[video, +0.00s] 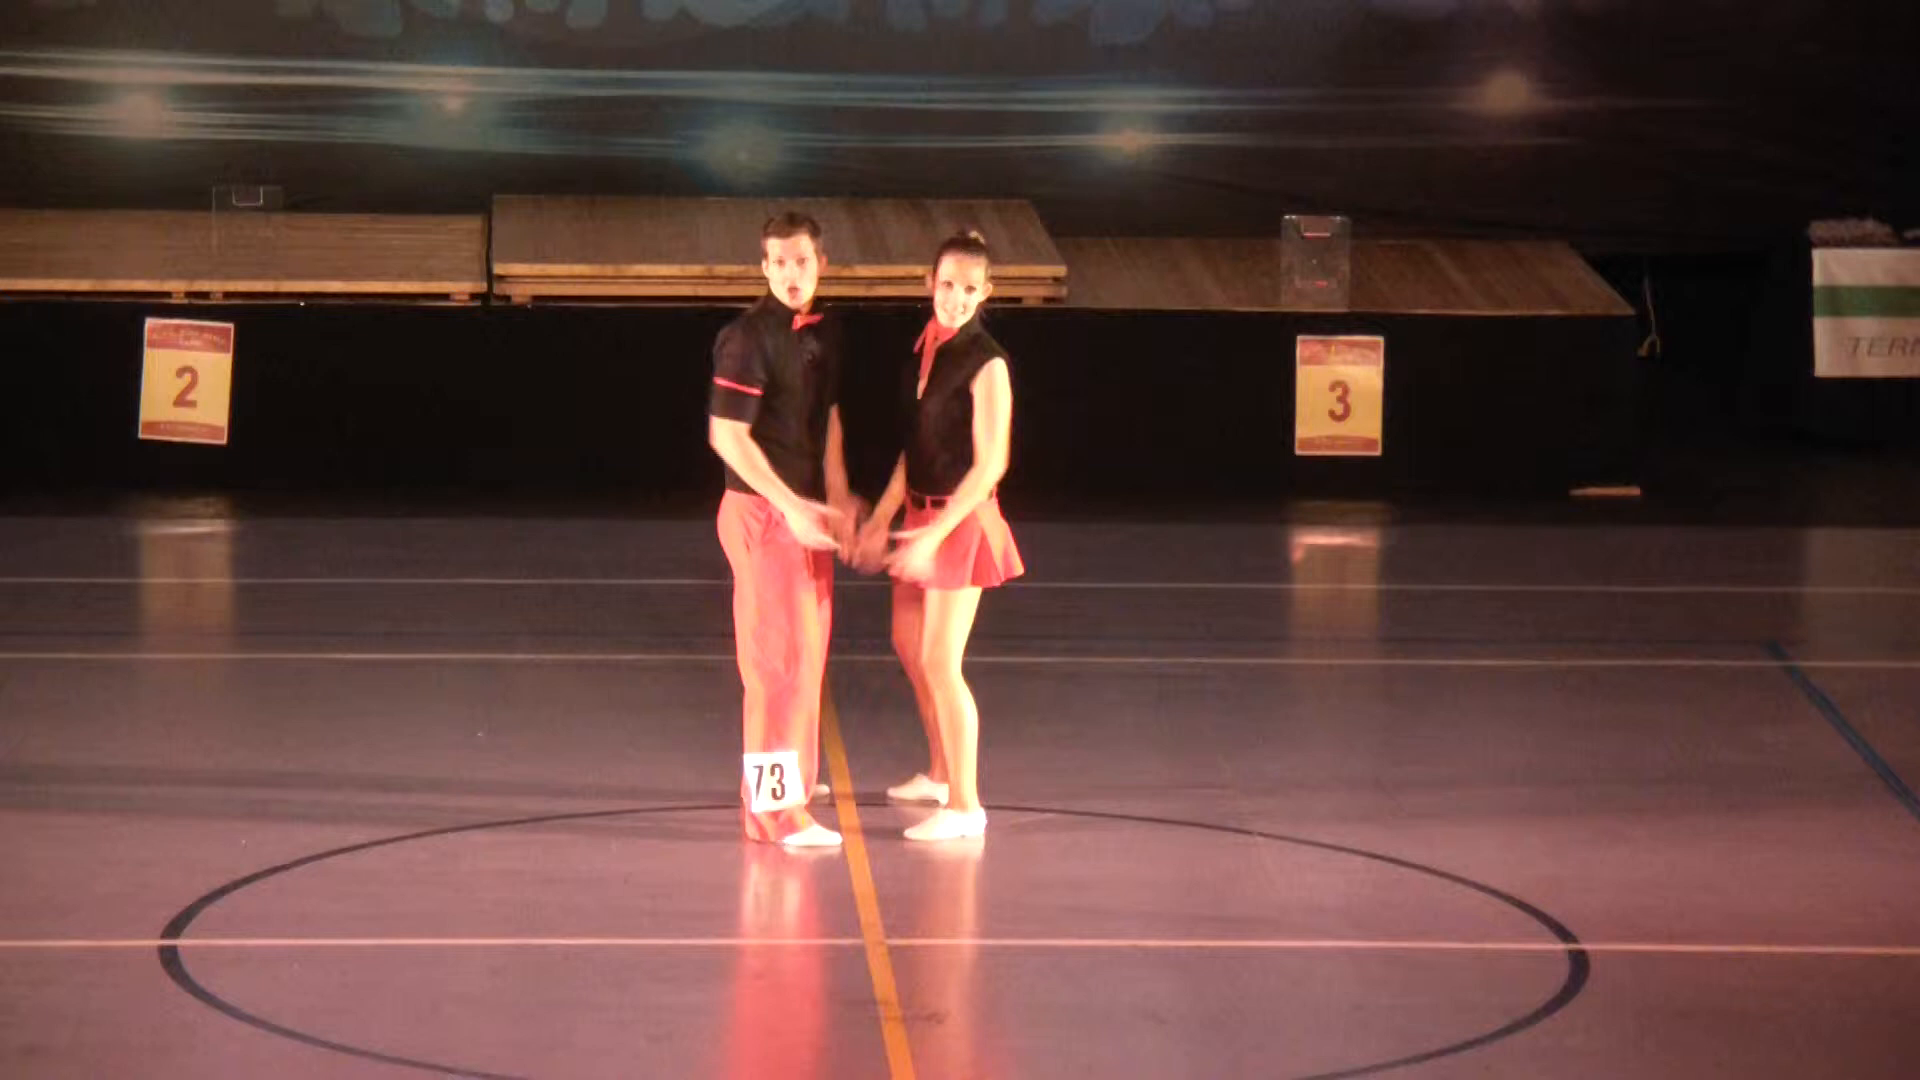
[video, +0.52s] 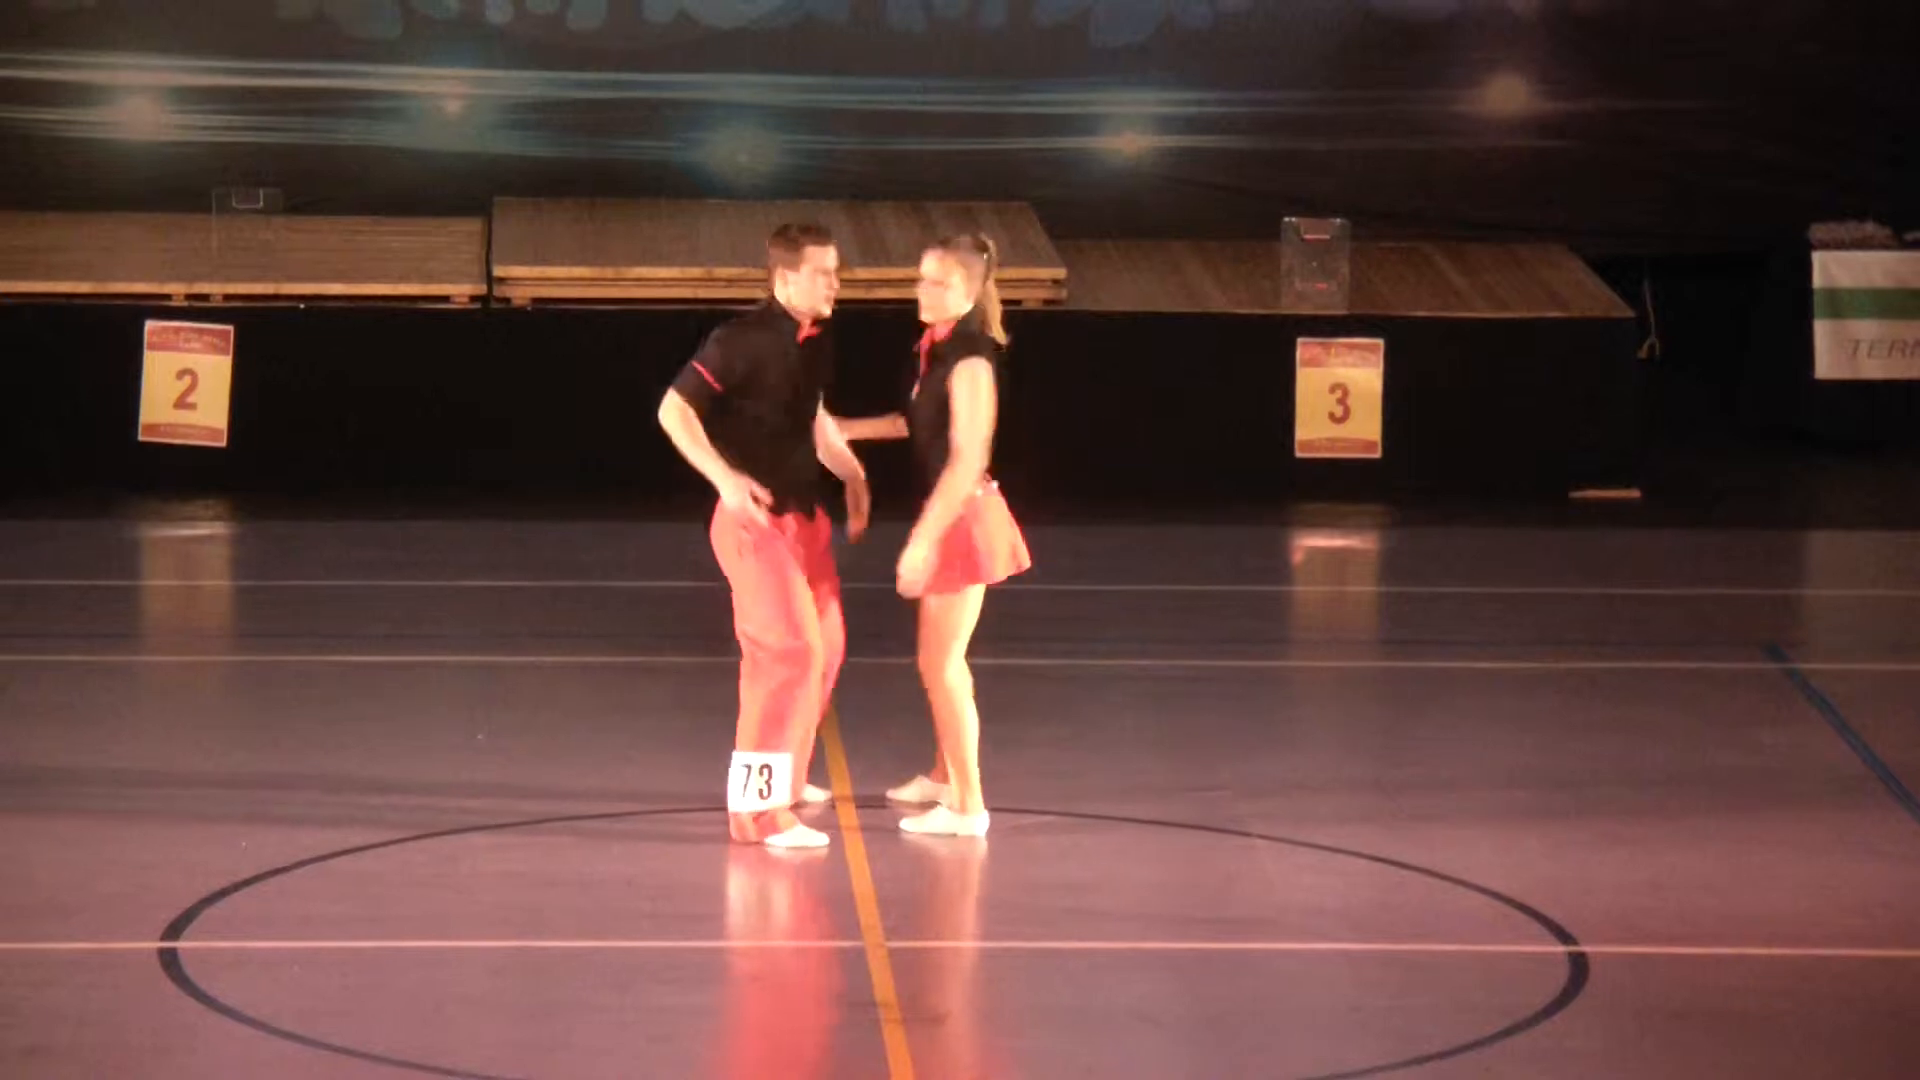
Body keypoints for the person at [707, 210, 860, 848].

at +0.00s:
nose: (792, 273)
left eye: (801, 260)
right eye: (780, 262)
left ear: (819, 263)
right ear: (764, 265)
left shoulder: (823, 336)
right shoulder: (746, 337)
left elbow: (828, 426)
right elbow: (726, 436)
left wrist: (839, 499)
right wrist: (792, 506)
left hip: (807, 512)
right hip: (758, 511)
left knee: (808, 657)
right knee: (771, 658)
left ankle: (793, 801)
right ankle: (766, 806)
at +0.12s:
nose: (785, 268)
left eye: (795, 255)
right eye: (775, 257)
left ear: (820, 255)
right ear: (763, 260)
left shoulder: (835, 321)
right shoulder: (741, 321)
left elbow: (840, 387)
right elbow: (681, 386)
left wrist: (856, 404)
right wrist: (739, 437)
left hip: (814, 507)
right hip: (761, 506)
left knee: (806, 654)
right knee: (783, 653)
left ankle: (791, 797)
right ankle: (772, 808)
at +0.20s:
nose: (777, 270)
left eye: (788, 256)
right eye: (767, 258)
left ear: (815, 255)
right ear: (758, 258)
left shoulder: (833, 310)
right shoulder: (736, 308)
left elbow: (847, 391)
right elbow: (669, 342)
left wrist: (866, 350)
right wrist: (696, 371)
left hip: (812, 503)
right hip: (759, 502)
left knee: (797, 647)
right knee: (766, 646)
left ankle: (789, 794)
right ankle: (769, 807)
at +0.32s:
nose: (774, 272)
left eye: (785, 259)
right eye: (765, 260)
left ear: (813, 257)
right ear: (755, 261)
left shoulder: (834, 312)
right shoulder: (732, 314)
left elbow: (840, 390)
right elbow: (673, 358)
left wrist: (864, 374)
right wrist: (691, 381)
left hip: (809, 502)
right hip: (752, 501)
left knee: (788, 649)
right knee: (761, 647)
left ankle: (776, 784)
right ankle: (763, 807)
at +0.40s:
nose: (779, 270)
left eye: (790, 257)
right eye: (769, 259)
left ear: (816, 258)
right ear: (758, 261)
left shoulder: (833, 314)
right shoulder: (732, 313)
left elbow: (843, 392)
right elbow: (671, 368)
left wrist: (853, 388)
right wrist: (705, 406)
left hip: (804, 501)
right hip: (749, 500)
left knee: (788, 641)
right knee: (763, 641)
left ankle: (774, 781)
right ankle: (757, 804)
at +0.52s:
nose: (832, 283)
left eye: (834, 272)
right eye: (820, 273)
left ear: (831, 277)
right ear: (781, 277)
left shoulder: (816, 340)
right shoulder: (743, 338)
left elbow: (811, 415)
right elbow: (674, 411)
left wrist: (853, 472)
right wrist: (726, 479)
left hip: (806, 519)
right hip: (750, 519)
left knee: (826, 647)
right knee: (788, 651)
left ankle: (783, 785)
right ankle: (754, 810)